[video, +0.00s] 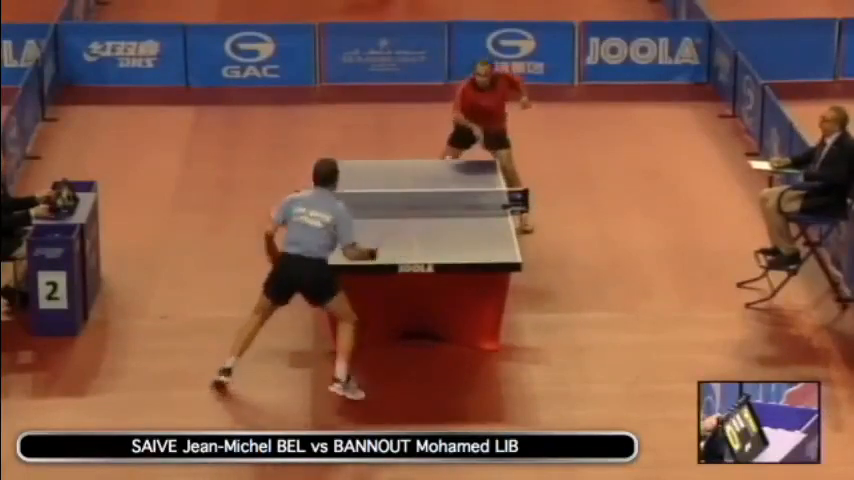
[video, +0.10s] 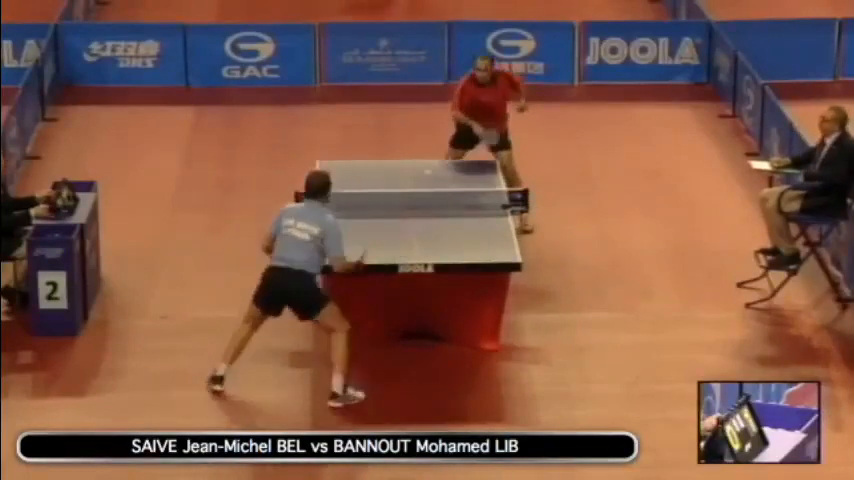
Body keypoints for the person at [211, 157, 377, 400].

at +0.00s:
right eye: (336, 177)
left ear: (314, 178)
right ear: (336, 180)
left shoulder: (295, 200)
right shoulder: (338, 208)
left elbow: (269, 231)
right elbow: (350, 251)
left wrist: (275, 258)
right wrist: (369, 254)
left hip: (286, 265)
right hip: (315, 269)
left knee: (259, 315)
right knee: (347, 319)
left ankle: (228, 366)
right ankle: (341, 378)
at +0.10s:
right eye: (329, 190)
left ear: (305, 190)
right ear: (328, 193)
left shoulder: (288, 211)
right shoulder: (328, 220)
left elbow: (267, 246)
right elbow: (338, 264)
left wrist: (288, 255)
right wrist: (354, 266)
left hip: (274, 276)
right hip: (302, 281)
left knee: (249, 324)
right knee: (340, 327)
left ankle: (219, 373)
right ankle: (338, 390)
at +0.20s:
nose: (322, 204)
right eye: (321, 200)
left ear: (297, 199)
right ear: (319, 203)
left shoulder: (281, 217)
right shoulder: (317, 230)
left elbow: (260, 246)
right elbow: (322, 274)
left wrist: (284, 250)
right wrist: (332, 274)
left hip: (259, 281)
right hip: (287, 287)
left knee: (239, 320)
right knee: (333, 325)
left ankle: (219, 369)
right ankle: (337, 387)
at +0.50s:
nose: (307, 221)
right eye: (306, 219)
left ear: (282, 223)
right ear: (305, 223)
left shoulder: (270, 243)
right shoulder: (315, 249)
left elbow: (250, 269)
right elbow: (347, 274)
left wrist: (272, 253)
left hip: (260, 308)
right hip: (293, 313)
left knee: (236, 320)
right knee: (342, 328)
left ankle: (217, 372)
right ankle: (338, 389)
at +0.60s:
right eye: (302, 210)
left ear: (280, 218)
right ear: (302, 216)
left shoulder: (273, 240)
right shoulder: (317, 240)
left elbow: (245, 269)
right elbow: (350, 252)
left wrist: (261, 256)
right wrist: (358, 232)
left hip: (268, 306)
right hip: (300, 309)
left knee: (240, 324)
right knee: (345, 327)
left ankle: (217, 373)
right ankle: (339, 388)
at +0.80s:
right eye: (297, 194)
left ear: (276, 200)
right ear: (298, 198)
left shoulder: (264, 225)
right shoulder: (310, 225)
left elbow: (251, 261)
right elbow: (333, 262)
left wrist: (243, 277)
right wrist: (352, 268)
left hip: (269, 292)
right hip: (302, 293)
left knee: (242, 325)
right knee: (344, 325)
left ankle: (225, 379)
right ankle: (346, 384)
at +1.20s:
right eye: (331, 199)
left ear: (306, 200)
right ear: (329, 202)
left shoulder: (290, 224)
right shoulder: (330, 231)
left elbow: (271, 260)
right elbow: (338, 275)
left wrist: (278, 285)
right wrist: (361, 290)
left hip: (285, 295)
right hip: (314, 298)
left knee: (265, 337)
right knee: (361, 341)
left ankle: (238, 391)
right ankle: (375, 404)